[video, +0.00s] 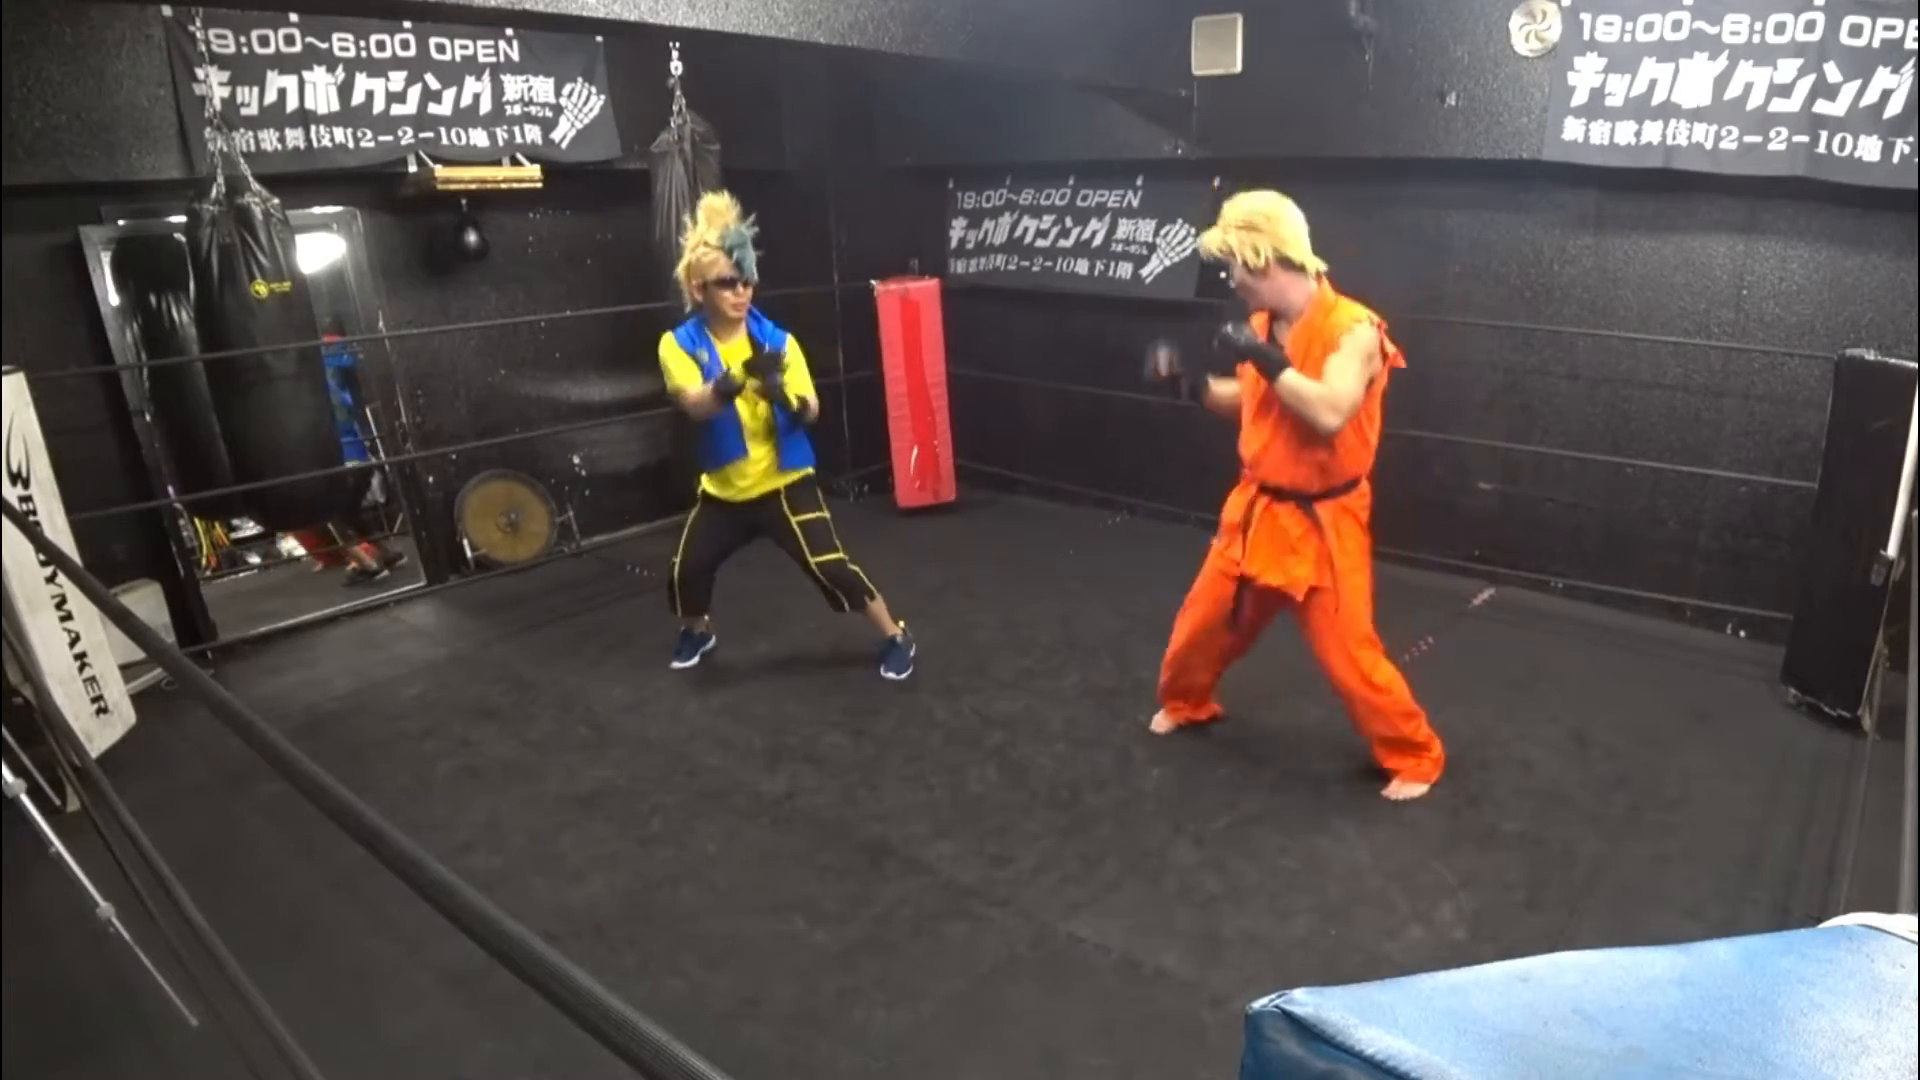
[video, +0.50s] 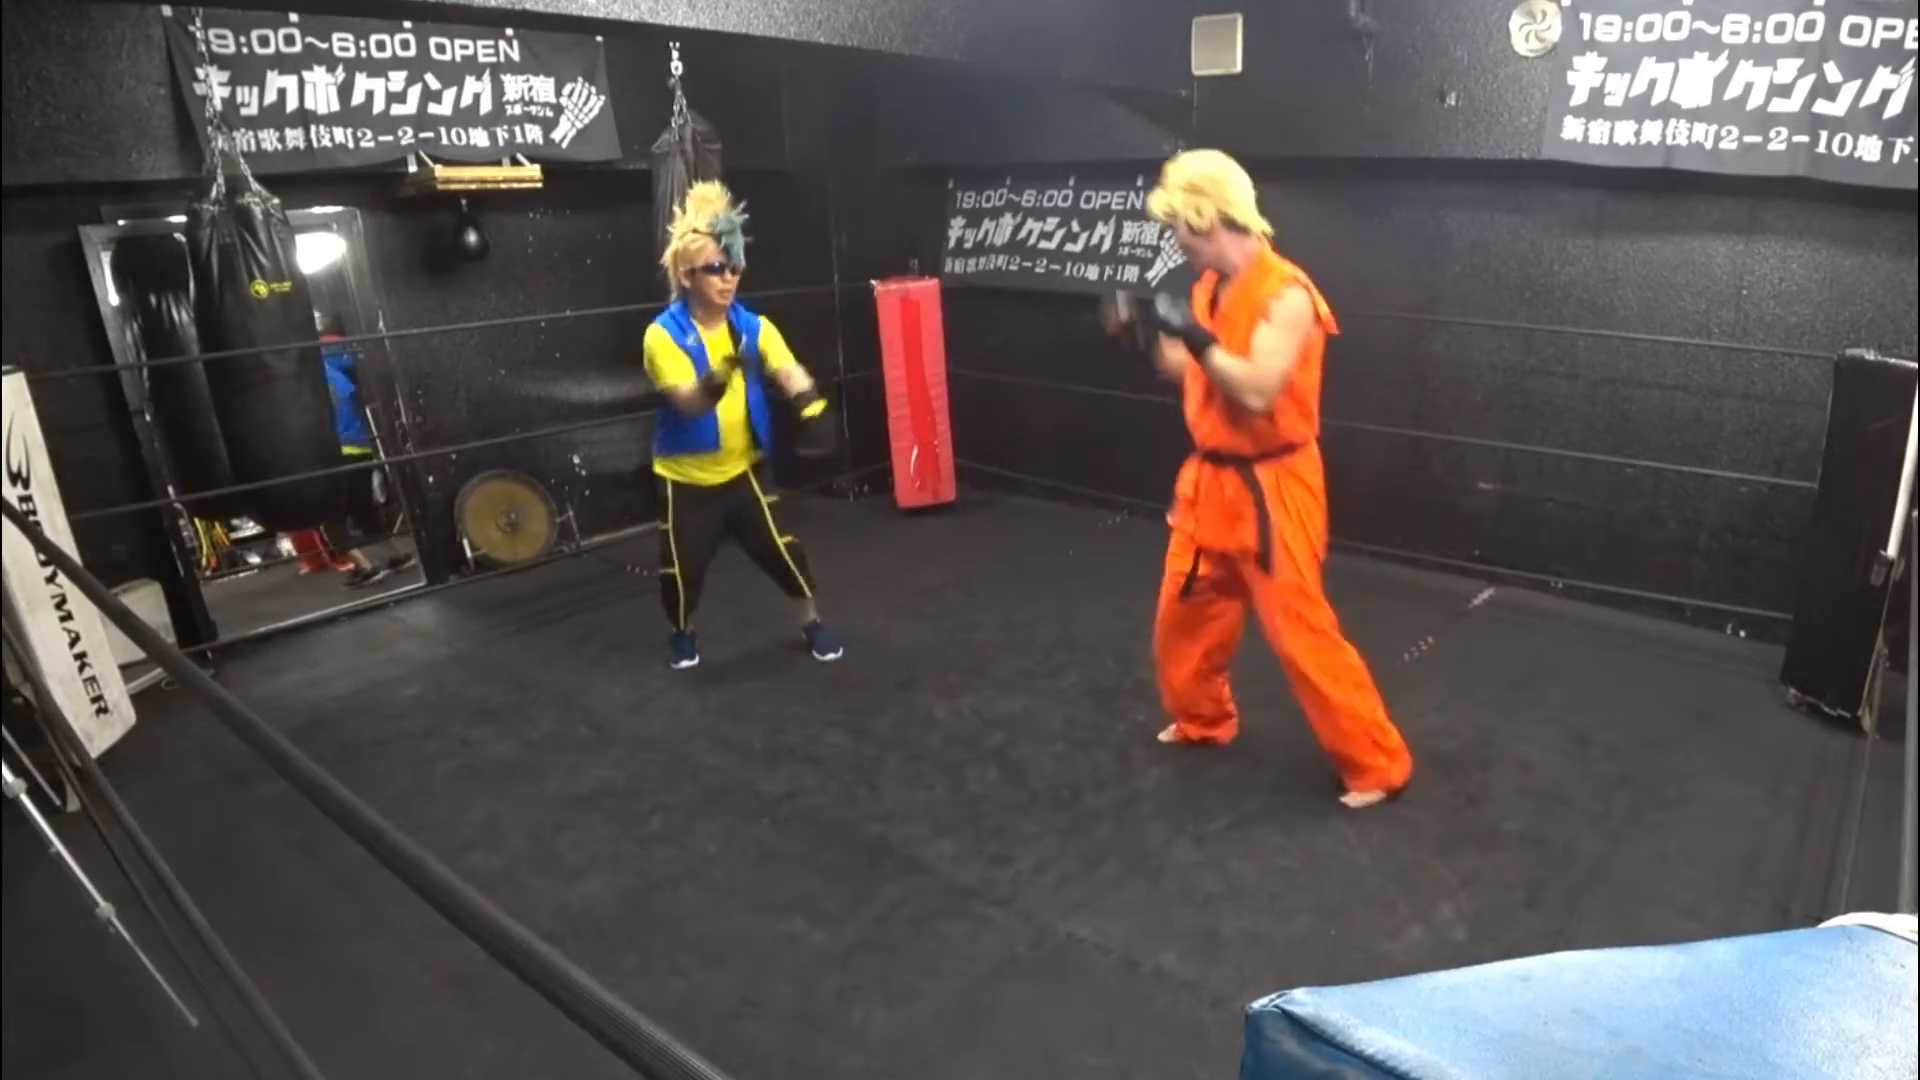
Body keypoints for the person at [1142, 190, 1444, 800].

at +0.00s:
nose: (1230, 283)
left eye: (1233, 268)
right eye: (1227, 270)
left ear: (1266, 260)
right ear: (1268, 261)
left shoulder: (1355, 331)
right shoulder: (1262, 325)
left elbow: (1329, 412)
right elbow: (1252, 398)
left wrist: (1264, 358)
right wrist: (1191, 383)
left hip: (1325, 519)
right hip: (1256, 508)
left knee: (1346, 654)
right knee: (1197, 627)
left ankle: (1417, 758)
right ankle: (1187, 703)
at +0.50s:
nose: (1177, 245)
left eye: (1182, 230)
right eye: (1174, 232)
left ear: (1216, 222)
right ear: (1213, 225)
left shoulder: (1288, 295)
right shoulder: (1206, 290)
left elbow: (1259, 388)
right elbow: (1197, 377)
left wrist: (1195, 340)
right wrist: (1145, 337)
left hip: (1276, 480)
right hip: (1212, 474)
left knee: (1297, 627)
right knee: (1186, 606)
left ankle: (1378, 763)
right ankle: (1203, 717)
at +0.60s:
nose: (1160, 221)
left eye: (1165, 205)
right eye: (1156, 208)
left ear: (1197, 193)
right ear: (1189, 197)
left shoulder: (1272, 264)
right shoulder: (1190, 261)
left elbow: (1243, 357)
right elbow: (1165, 331)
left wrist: (1182, 302)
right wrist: (1120, 294)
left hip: (1261, 451)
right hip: (1196, 445)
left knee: (1250, 594)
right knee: (1160, 574)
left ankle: (1321, 733)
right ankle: (1193, 711)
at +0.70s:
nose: (1147, 221)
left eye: (1150, 206)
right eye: (1144, 208)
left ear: (1181, 197)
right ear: (1182, 199)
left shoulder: (1254, 269)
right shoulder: (1170, 263)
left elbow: (1235, 367)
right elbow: (1165, 351)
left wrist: (1168, 315)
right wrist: (1096, 339)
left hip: (1241, 457)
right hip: (1175, 446)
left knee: (1220, 595)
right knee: (1120, 561)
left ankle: (1260, 746)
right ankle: (1159, 683)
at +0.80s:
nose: (1135, 250)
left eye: (1140, 236)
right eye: (1132, 237)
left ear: (1172, 227)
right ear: (1173, 229)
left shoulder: (1238, 303)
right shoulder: (1164, 294)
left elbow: (1190, 392)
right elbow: (1152, 395)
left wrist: (1135, 349)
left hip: (1215, 486)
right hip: (1152, 473)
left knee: (1203, 638)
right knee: (1083, 576)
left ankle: (1255, 750)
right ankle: (1093, 681)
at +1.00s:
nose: (1082, 282)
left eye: (1087, 269)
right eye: (1081, 270)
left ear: (1115, 264)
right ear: (1121, 265)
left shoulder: (1180, 340)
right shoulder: (1107, 331)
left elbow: (1162, 437)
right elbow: (1088, 418)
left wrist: (1094, 400)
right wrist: (1022, 413)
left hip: (1158, 511)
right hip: (1097, 499)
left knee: (1155, 657)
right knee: (1047, 605)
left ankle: (1250, 746)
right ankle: (1041, 685)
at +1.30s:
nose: (1063, 262)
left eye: (1065, 247)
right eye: (1059, 250)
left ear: (1095, 234)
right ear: (1094, 234)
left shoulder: (1147, 302)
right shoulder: (1105, 302)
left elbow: (1153, 404)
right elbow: (1113, 398)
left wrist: (1084, 376)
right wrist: (1071, 441)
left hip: (1177, 484)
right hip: (1124, 478)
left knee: (1181, 638)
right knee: (1079, 580)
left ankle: (1274, 755)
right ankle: (1076, 683)